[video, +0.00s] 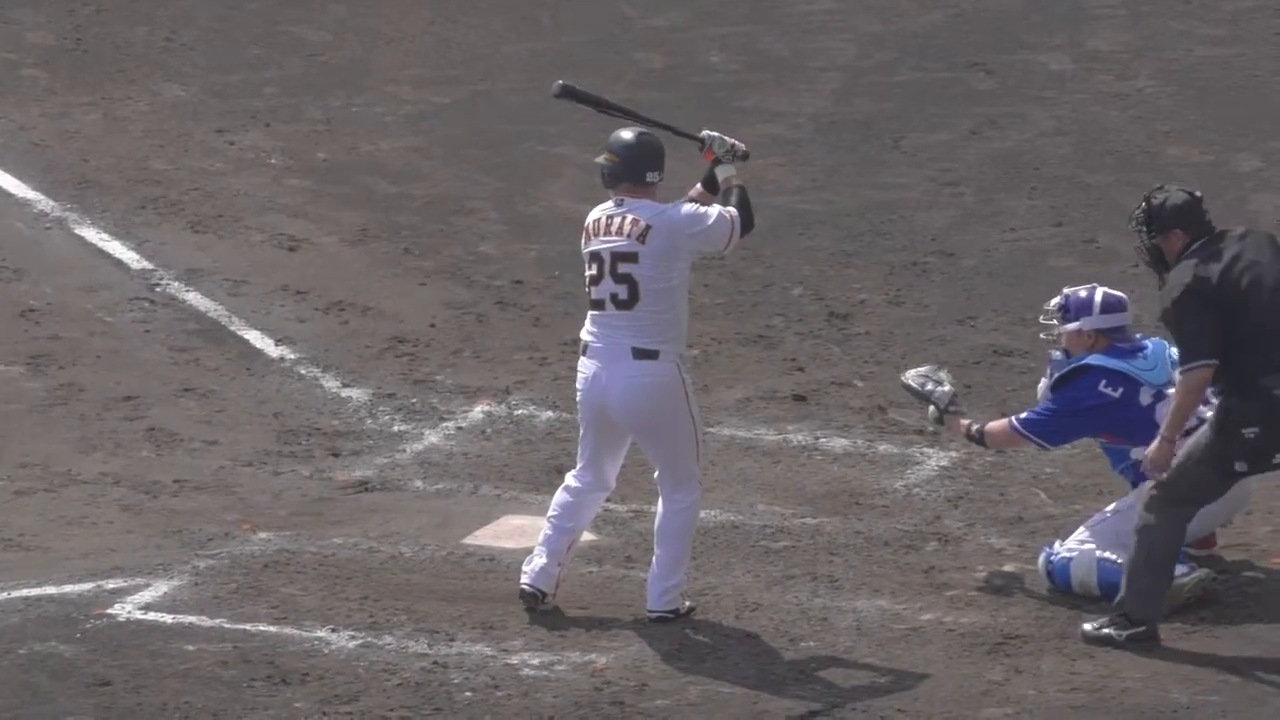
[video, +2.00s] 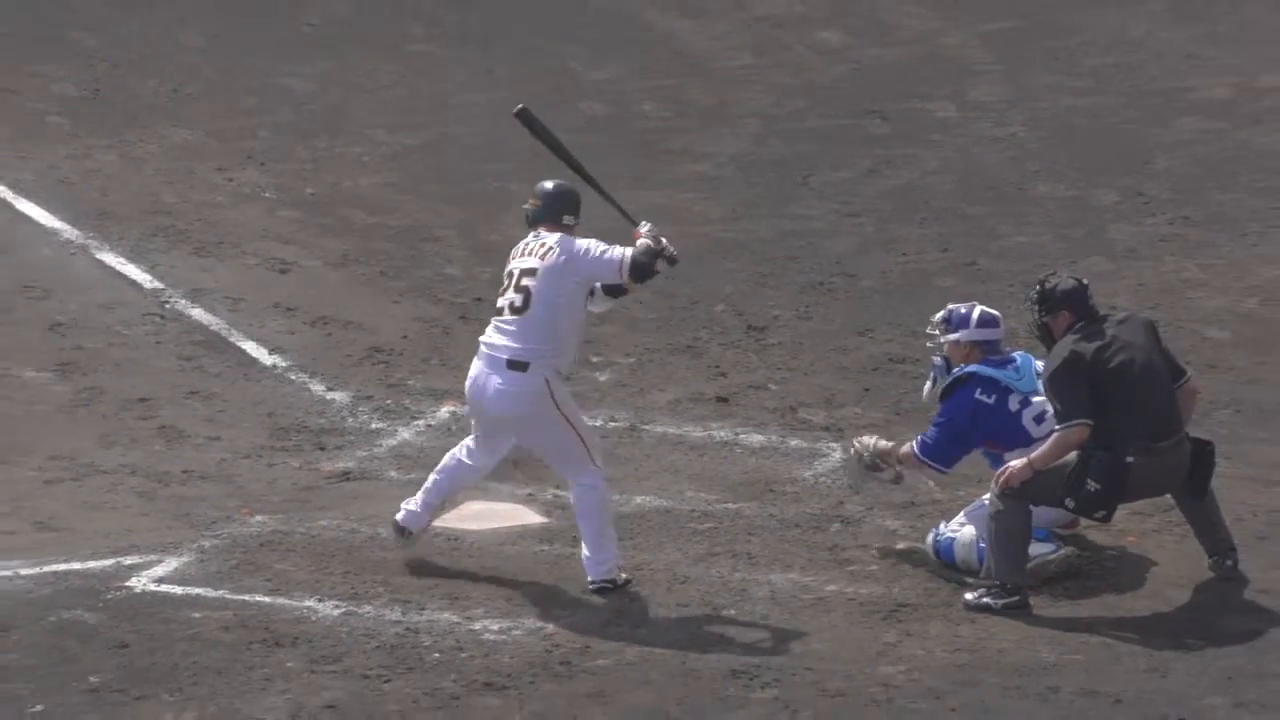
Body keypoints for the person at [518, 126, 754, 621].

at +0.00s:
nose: (604, 176)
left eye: (608, 169)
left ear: (611, 173)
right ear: (656, 174)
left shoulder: (595, 221)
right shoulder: (675, 222)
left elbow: (675, 213)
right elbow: (741, 221)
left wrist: (712, 169)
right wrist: (732, 175)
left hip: (592, 372)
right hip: (653, 378)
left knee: (589, 475)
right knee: (679, 485)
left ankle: (537, 576)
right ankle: (665, 598)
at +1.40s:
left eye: (582, 197)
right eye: (630, 199)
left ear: (584, 199)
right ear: (627, 202)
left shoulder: (567, 242)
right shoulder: (638, 245)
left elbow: (641, 278)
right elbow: (708, 263)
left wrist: (710, 232)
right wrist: (705, 219)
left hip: (539, 392)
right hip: (599, 402)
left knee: (592, 435)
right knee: (632, 501)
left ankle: (554, 515)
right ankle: (619, 608)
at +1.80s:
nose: (594, 215)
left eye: (548, 201)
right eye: (593, 207)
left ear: (551, 205)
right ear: (591, 208)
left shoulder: (537, 243)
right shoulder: (598, 246)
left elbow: (607, 293)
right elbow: (668, 272)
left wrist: (666, 261)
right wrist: (672, 237)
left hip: (499, 381)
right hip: (548, 394)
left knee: (587, 404)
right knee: (598, 484)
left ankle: (532, 499)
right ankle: (601, 587)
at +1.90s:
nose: (538, 210)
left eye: (541, 204)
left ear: (545, 208)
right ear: (582, 212)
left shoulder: (530, 245)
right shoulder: (588, 247)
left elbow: (604, 295)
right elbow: (656, 268)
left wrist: (667, 263)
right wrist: (662, 239)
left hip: (490, 378)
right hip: (539, 389)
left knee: (534, 429)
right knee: (594, 479)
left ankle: (480, 506)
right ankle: (603, 581)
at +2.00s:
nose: (529, 218)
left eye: (531, 212)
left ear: (535, 215)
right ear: (570, 218)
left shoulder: (522, 250)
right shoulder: (573, 251)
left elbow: (593, 293)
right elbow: (638, 265)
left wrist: (651, 261)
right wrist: (647, 239)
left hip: (481, 376)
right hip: (528, 387)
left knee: (480, 448)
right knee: (587, 473)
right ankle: (603, 571)